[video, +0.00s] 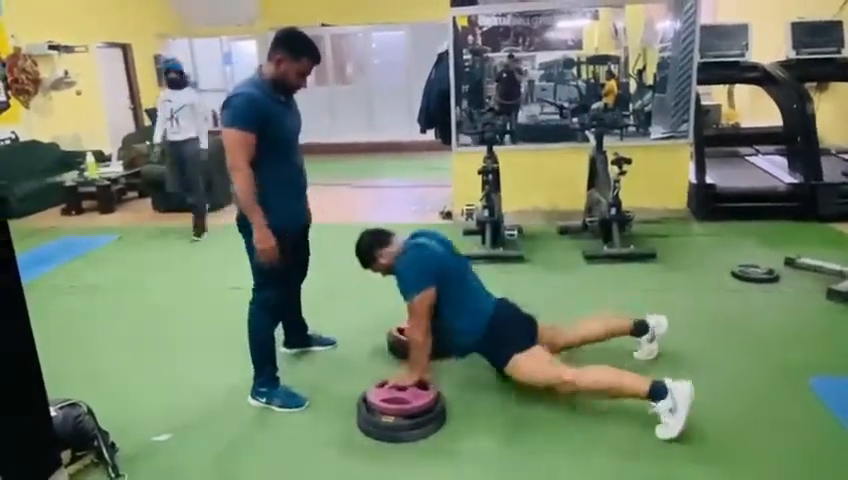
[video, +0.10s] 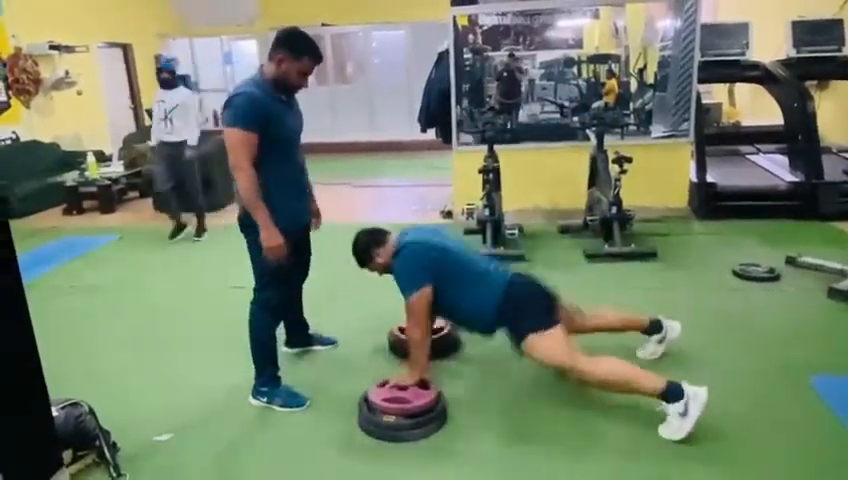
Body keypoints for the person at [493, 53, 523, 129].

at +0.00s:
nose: (510, 63)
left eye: (512, 61)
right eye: (508, 60)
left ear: (514, 61)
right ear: (506, 60)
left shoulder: (518, 70)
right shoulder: (502, 70)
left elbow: (520, 80)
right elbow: (496, 79)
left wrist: (513, 71)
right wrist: (502, 70)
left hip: (514, 100)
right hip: (502, 100)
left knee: (513, 122)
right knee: (502, 121)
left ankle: (514, 138)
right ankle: (501, 137)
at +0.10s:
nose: (510, 62)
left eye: (512, 60)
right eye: (509, 60)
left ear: (515, 60)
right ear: (507, 60)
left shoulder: (518, 69)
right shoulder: (503, 70)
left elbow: (521, 79)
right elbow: (497, 79)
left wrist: (514, 70)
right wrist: (502, 69)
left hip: (515, 100)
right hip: (503, 99)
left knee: (514, 121)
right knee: (503, 120)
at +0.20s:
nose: (511, 61)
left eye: (513, 59)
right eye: (510, 59)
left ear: (515, 59)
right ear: (508, 59)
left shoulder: (519, 69)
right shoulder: (503, 70)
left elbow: (521, 79)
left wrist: (514, 69)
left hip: (516, 99)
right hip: (505, 99)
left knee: (515, 120)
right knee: (505, 119)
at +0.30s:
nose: (512, 60)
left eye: (513, 58)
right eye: (510, 58)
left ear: (516, 59)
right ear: (508, 58)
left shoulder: (519, 68)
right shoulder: (504, 69)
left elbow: (522, 78)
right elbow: (498, 78)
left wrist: (515, 69)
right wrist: (505, 68)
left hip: (516, 99)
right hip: (505, 98)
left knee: (515, 117)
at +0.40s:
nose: (512, 59)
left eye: (514, 57)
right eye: (511, 57)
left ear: (516, 58)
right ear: (509, 57)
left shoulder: (519, 67)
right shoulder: (504, 69)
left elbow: (522, 77)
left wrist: (515, 68)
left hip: (516, 98)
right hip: (505, 98)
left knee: (515, 117)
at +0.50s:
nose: (512, 59)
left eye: (514, 57)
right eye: (511, 57)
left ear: (516, 57)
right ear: (509, 57)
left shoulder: (520, 67)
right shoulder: (504, 68)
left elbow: (522, 76)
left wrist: (515, 67)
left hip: (517, 97)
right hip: (505, 97)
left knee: (515, 117)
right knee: (505, 116)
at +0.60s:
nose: (512, 59)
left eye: (514, 57)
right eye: (511, 57)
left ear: (516, 57)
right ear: (509, 57)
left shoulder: (520, 67)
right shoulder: (505, 67)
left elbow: (522, 76)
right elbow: (499, 76)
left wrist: (516, 67)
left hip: (517, 97)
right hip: (505, 96)